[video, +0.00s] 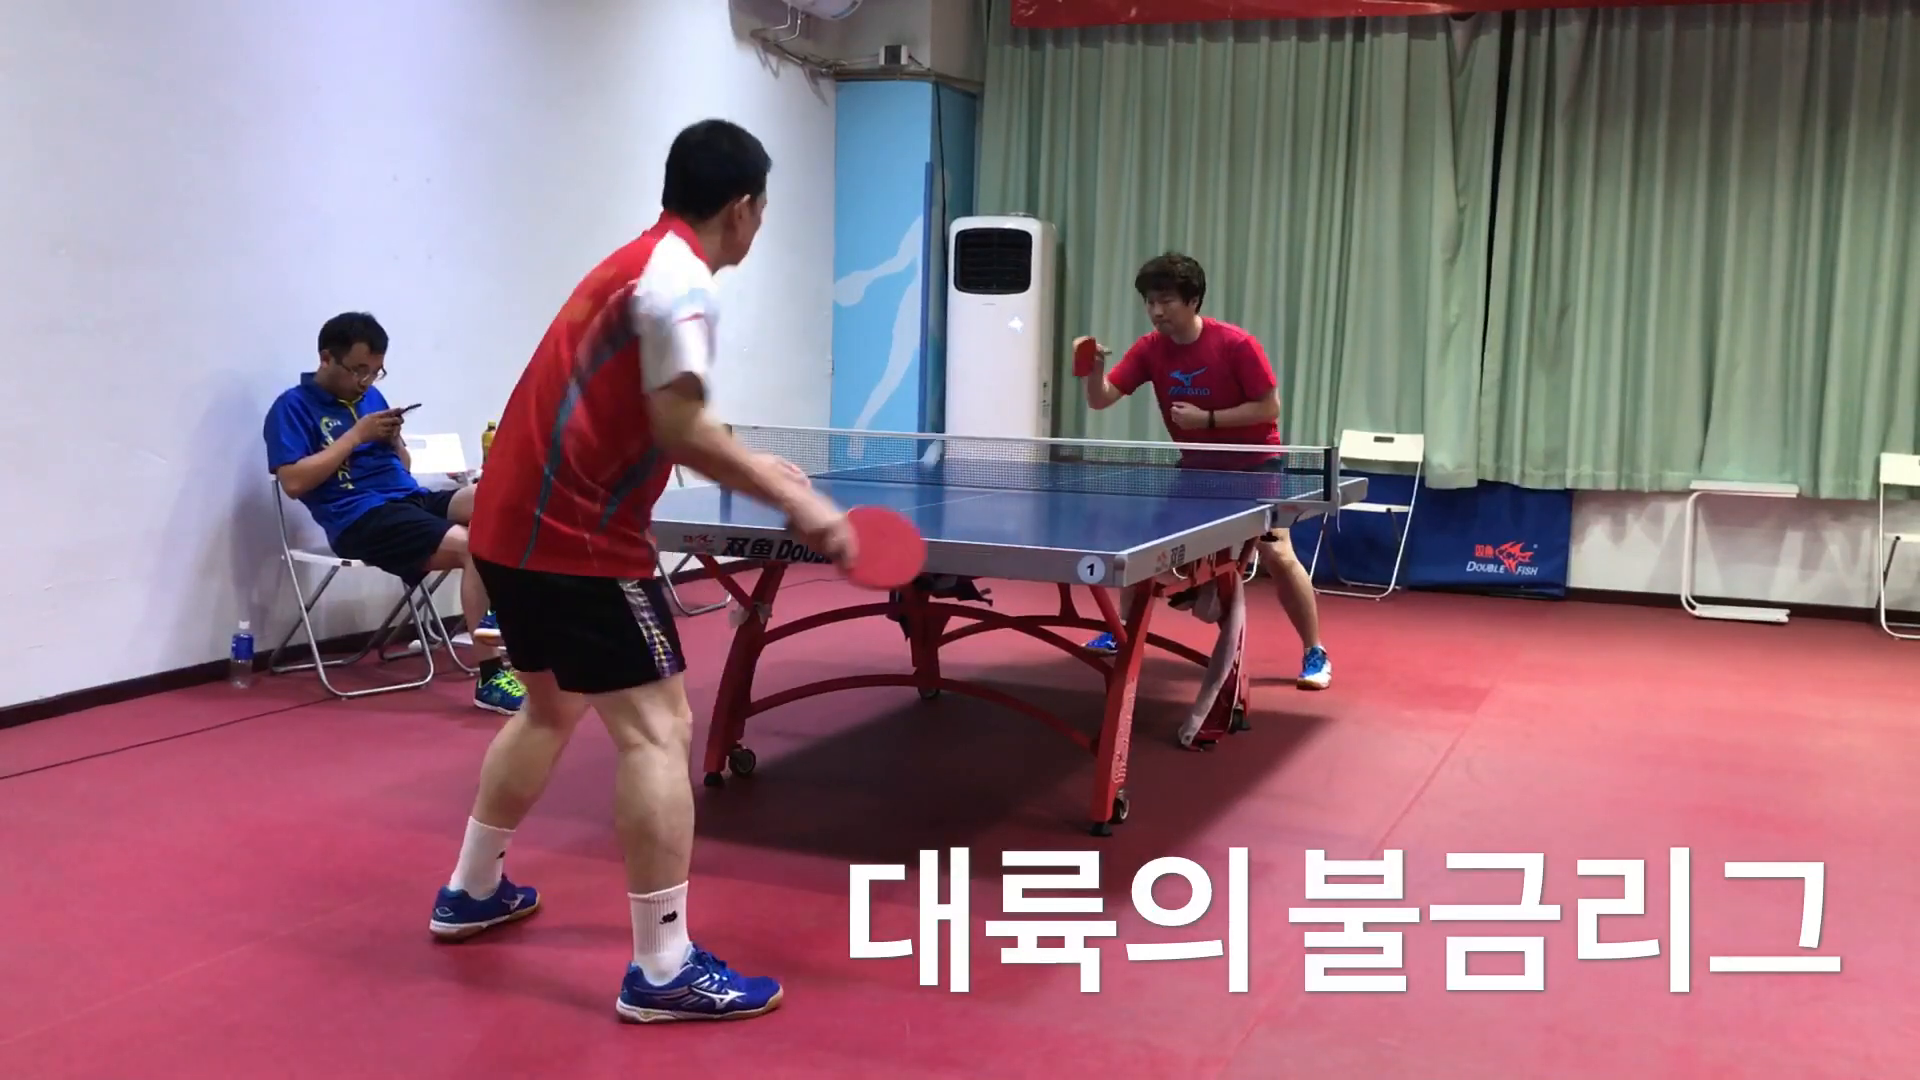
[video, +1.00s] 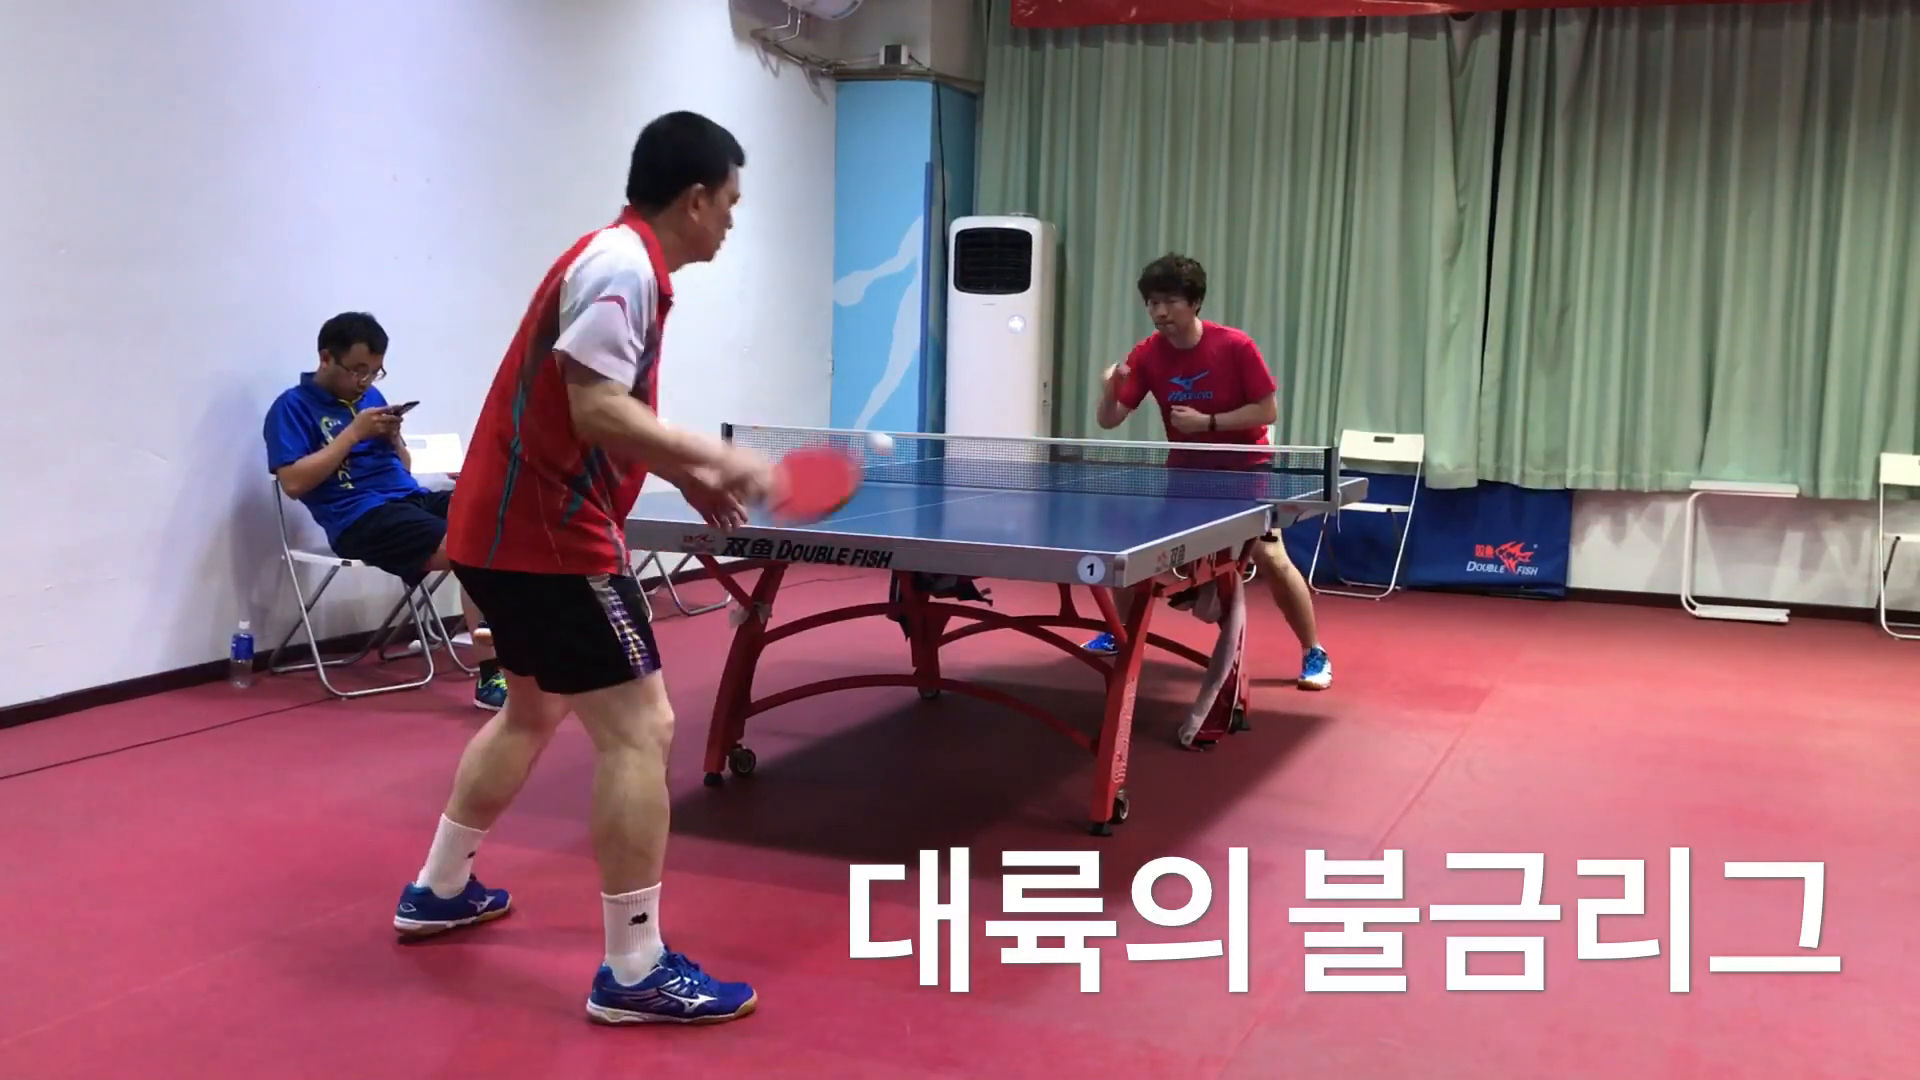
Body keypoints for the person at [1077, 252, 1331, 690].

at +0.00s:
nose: (1156, 311)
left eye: (1165, 301)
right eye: (1150, 302)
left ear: (1193, 300)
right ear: (1146, 304)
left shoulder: (1235, 344)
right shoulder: (1150, 350)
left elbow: (1269, 409)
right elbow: (1100, 400)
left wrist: (1208, 418)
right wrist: (1093, 370)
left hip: (1255, 468)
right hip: (1197, 469)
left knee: (1279, 555)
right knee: (1148, 542)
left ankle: (1314, 652)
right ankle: (1126, 633)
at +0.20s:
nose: (1149, 309)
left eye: (1159, 299)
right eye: (1143, 300)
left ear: (1185, 301)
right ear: (1138, 303)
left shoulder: (1223, 347)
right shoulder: (1140, 355)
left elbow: (1256, 412)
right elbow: (1110, 416)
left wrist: (1194, 423)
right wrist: (1090, 398)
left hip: (1242, 470)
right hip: (1184, 471)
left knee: (1271, 557)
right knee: (1136, 543)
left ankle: (1314, 651)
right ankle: (1124, 630)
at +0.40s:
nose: (1132, 311)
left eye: (1141, 300)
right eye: (1126, 302)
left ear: (1169, 301)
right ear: (1122, 304)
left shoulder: (1203, 346)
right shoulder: (1147, 347)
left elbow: (1234, 415)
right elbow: (1143, 399)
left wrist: (1173, 420)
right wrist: (1091, 416)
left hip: (1242, 465)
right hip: (1190, 466)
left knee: (1261, 561)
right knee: (1146, 539)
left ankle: (1311, 651)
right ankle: (1126, 628)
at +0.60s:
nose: (1134, 336)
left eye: (1140, 327)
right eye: (1130, 328)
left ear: (1168, 321)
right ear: (1158, 324)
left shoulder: (1207, 367)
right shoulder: (1168, 359)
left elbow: (1233, 435)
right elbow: (1167, 406)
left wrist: (1176, 434)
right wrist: (1110, 394)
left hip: (1251, 475)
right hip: (1205, 474)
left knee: (1256, 574)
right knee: (1141, 537)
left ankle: (1310, 653)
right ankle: (1128, 628)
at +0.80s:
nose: (1156, 312)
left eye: (1165, 302)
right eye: (1151, 303)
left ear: (1195, 300)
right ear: (1148, 302)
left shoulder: (1239, 345)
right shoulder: (1156, 345)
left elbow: (1268, 413)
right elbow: (1109, 394)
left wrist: (1201, 417)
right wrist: (1104, 365)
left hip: (1260, 468)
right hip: (1203, 469)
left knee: (1274, 557)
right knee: (1154, 544)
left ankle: (1312, 652)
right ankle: (1127, 633)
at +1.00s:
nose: (1159, 311)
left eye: (1169, 301)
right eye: (1152, 302)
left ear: (1194, 301)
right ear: (1147, 305)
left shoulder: (1234, 346)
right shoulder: (1146, 355)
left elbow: (1267, 411)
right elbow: (1108, 419)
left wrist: (1207, 422)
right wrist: (1110, 386)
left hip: (1244, 473)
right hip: (1184, 474)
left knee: (1270, 555)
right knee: (1134, 548)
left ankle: (1313, 652)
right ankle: (1122, 634)